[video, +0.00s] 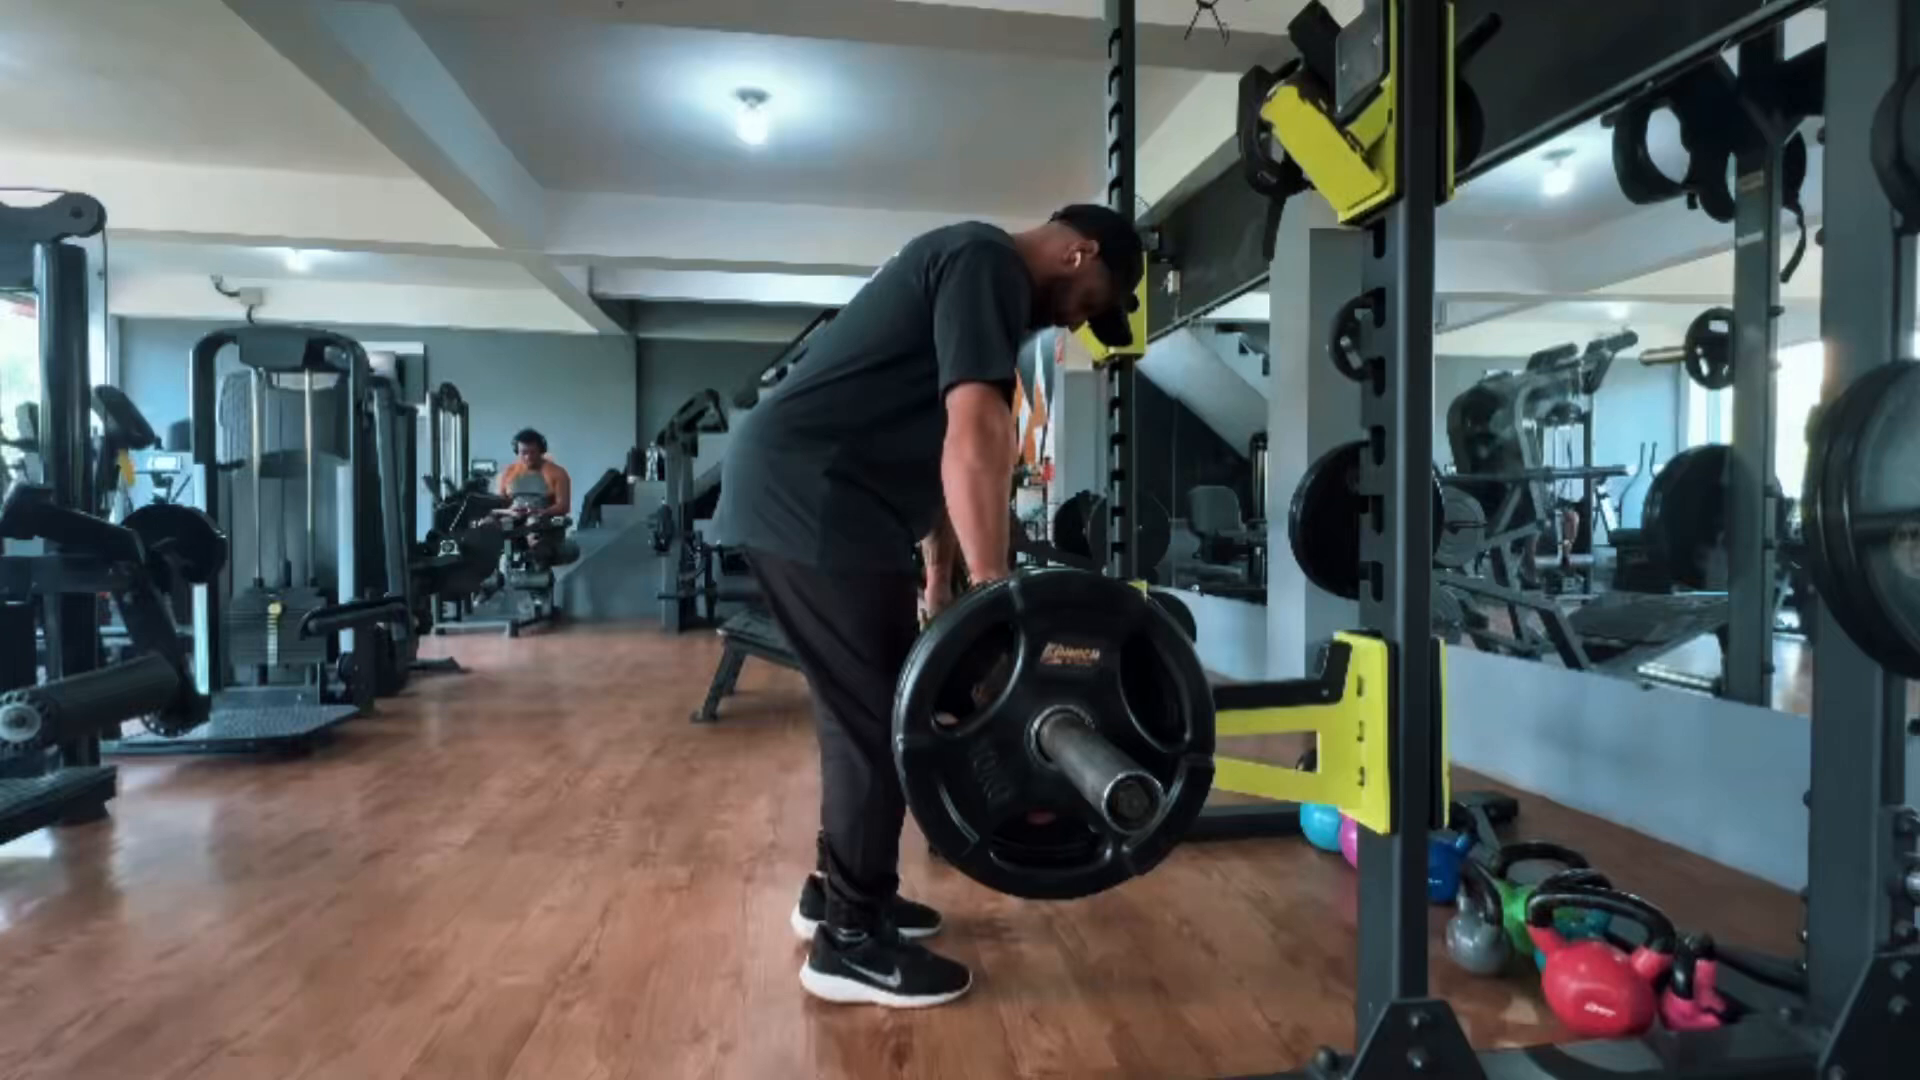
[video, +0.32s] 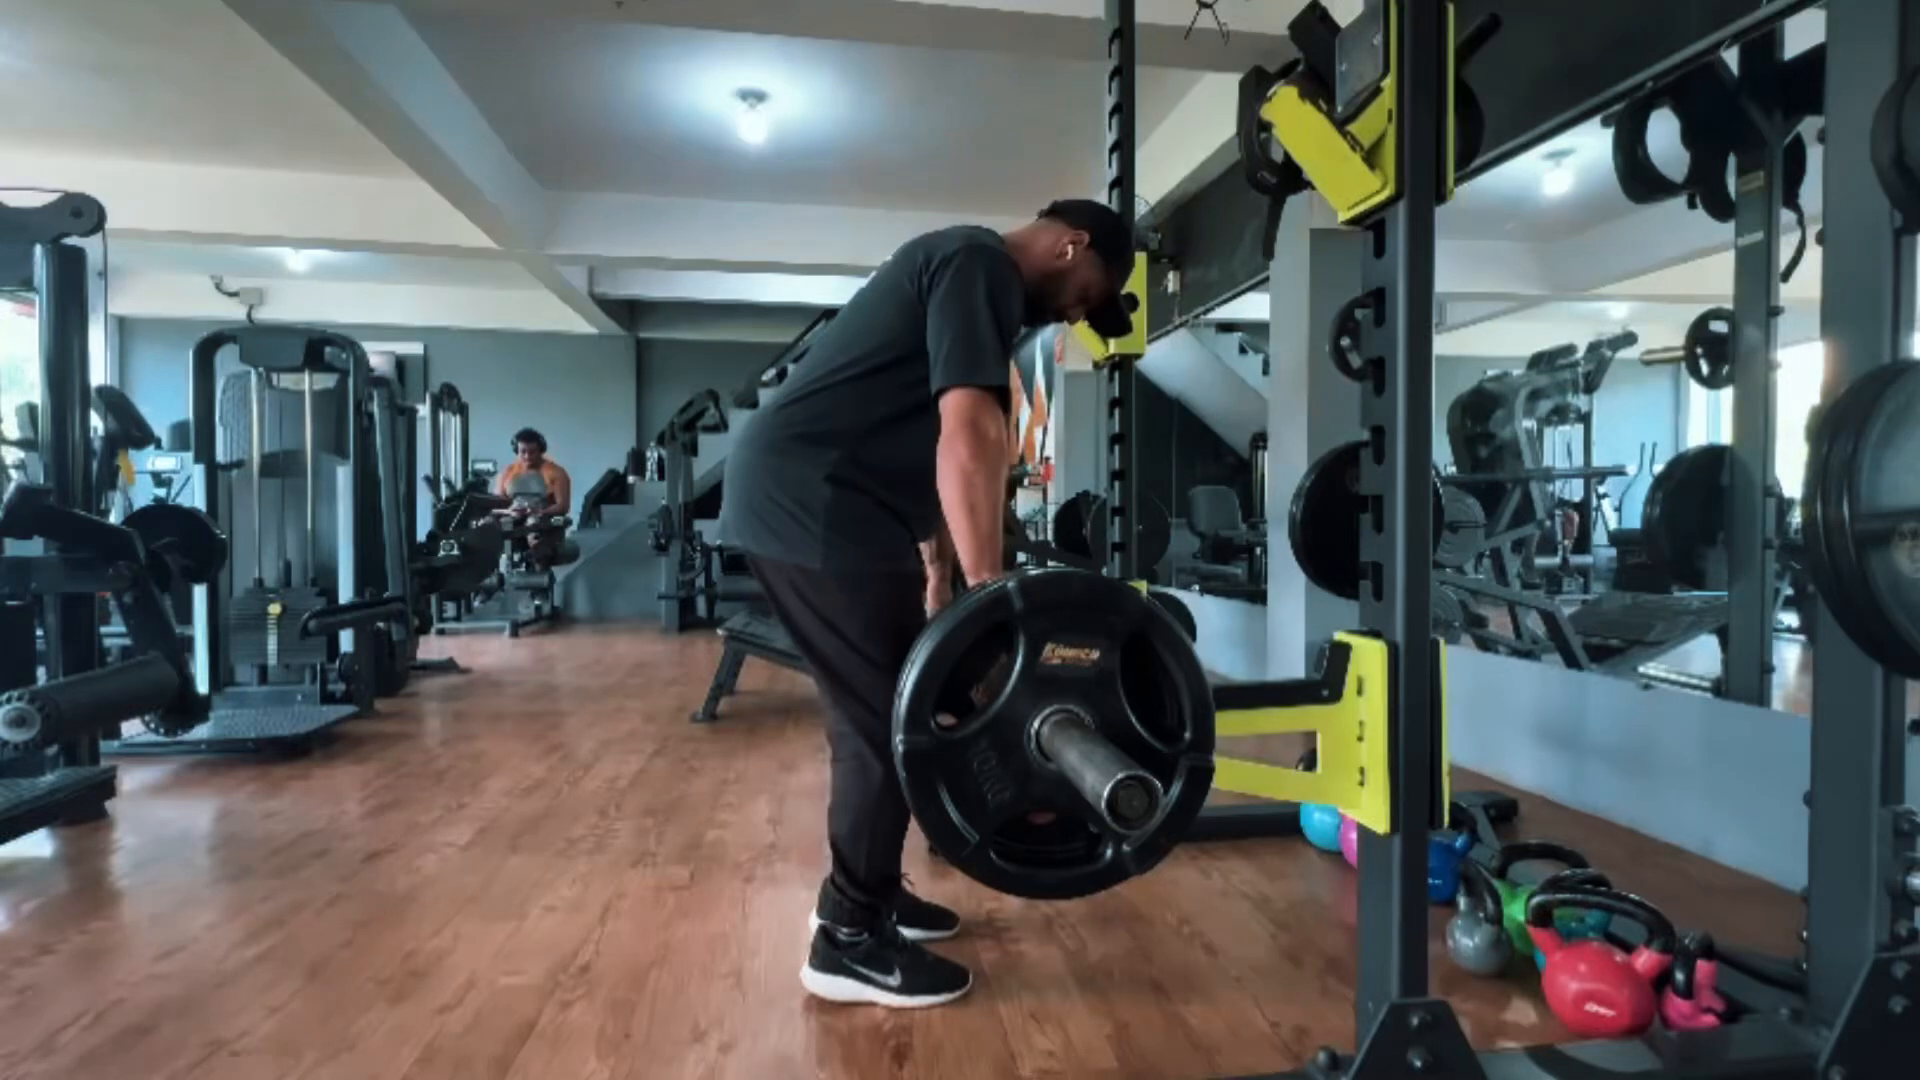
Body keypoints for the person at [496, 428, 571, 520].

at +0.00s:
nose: (528, 457)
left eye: (533, 452)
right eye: (524, 452)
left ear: (541, 451)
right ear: (517, 453)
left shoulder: (557, 474)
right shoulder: (510, 472)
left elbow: (563, 507)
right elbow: (503, 500)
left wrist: (540, 513)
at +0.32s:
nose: (527, 457)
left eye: (532, 452)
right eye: (523, 452)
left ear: (541, 451)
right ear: (517, 452)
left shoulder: (556, 473)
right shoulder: (508, 472)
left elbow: (562, 506)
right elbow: (500, 500)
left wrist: (538, 513)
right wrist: (512, 512)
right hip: (514, 522)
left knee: (535, 537)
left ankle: (542, 573)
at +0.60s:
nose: (527, 457)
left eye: (532, 452)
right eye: (523, 452)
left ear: (541, 451)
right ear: (517, 452)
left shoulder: (556, 473)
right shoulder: (509, 472)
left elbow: (563, 506)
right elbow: (501, 499)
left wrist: (540, 514)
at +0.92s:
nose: (528, 458)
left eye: (532, 453)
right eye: (524, 453)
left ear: (541, 452)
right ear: (518, 452)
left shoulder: (556, 473)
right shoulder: (507, 472)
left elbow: (563, 507)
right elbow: (501, 501)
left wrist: (539, 512)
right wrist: (512, 512)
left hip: (543, 519)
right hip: (514, 521)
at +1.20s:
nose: (530, 457)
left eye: (534, 452)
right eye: (525, 452)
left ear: (543, 451)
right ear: (519, 453)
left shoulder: (557, 473)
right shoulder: (509, 472)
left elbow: (563, 506)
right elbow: (500, 500)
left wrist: (542, 514)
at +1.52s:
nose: (530, 457)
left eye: (534, 452)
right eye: (525, 453)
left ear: (543, 451)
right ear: (519, 453)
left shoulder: (557, 473)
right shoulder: (509, 472)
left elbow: (563, 507)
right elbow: (501, 501)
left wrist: (541, 513)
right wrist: (513, 511)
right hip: (514, 523)